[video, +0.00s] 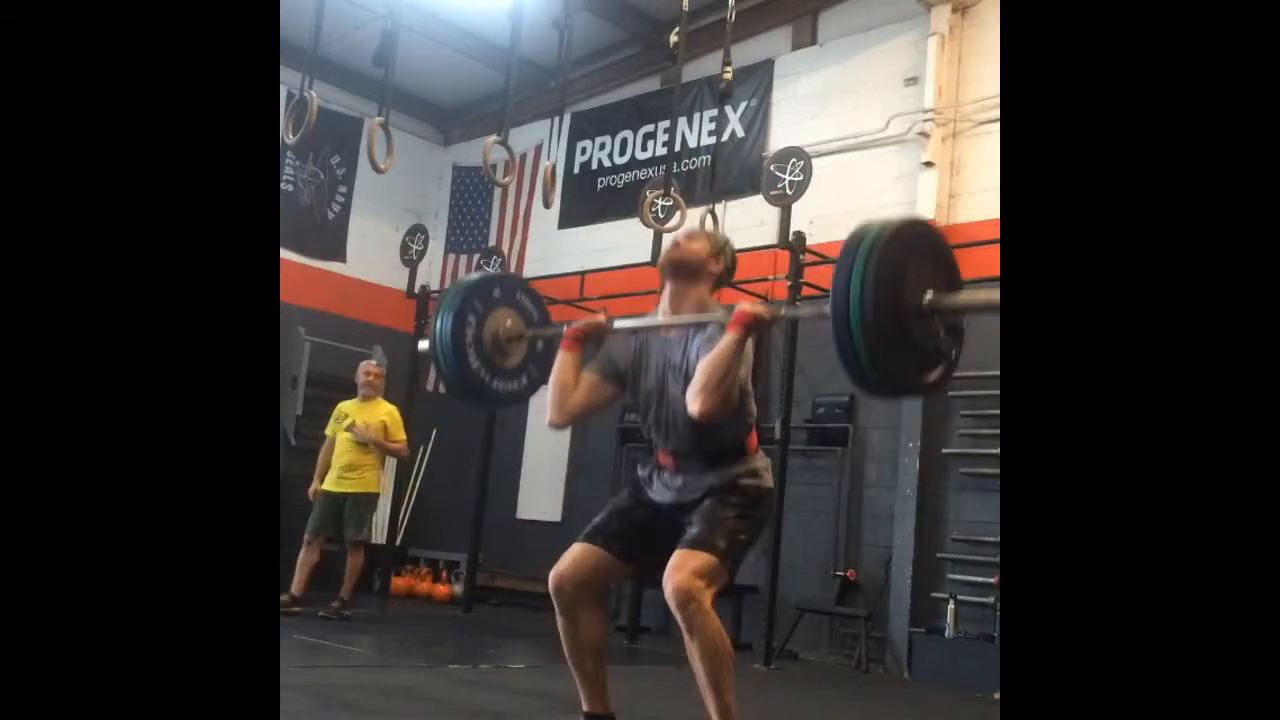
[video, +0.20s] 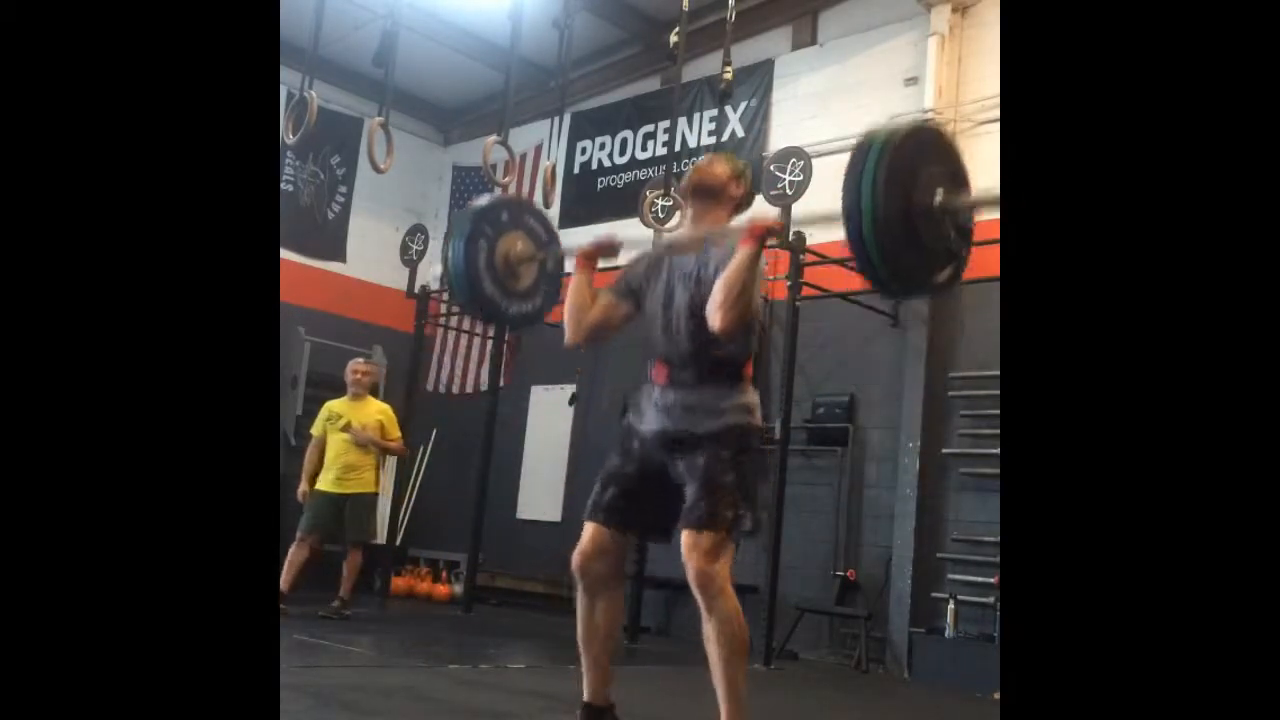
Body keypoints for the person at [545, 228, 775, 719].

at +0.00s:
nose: (678, 236)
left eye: (697, 235)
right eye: (677, 233)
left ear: (718, 266)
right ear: (662, 262)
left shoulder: (725, 330)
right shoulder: (634, 337)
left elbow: (703, 403)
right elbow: (561, 410)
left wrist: (738, 331)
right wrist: (573, 342)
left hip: (732, 484)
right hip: (661, 482)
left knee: (684, 587)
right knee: (570, 581)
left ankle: (724, 715)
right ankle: (596, 711)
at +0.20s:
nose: (700, 166)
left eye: (717, 164)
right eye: (697, 163)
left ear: (738, 193)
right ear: (682, 191)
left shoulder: (740, 250)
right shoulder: (655, 259)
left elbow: (721, 318)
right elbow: (578, 330)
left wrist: (752, 239)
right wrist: (584, 266)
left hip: (721, 430)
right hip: (652, 427)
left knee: (705, 568)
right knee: (592, 560)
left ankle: (731, 714)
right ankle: (596, 706)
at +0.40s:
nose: (722, 162)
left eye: (737, 160)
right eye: (720, 158)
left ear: (760, 182)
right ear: (708, 178)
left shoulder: (752, 239)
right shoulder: (662, 240)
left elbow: (765, 209)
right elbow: (577, 233)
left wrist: (779, 140)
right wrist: (601, 169)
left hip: (698, 402)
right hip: (632, 400)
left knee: (715, 567)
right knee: (616, 558)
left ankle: (735, 711)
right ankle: (596, 702)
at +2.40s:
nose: (691, 157)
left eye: (705, 150)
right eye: (683, 151)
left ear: (731, 169)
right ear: (674, 169)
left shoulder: (750, 218)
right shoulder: (664, 220)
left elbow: (786, 121)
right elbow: (649, 143)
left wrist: (814, 33)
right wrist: (649, 79)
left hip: (715, 405)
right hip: (650, 404)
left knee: (727, 578)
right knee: (631, 569)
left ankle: (739, 713)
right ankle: (604, 708)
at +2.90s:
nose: (744, 212)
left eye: (755, 200)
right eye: (736, 203)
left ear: (783, 205)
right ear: (727, 211)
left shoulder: (806, 262)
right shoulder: (719, 264)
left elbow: (819, 194)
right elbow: (648, 222)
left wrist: (803, 109)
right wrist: (635, 143)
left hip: (793, 436)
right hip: (731, 433)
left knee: (760, 575)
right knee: (659, 559)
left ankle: (747, 714)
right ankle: (703, 684)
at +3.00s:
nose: (768, 230)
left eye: (779, 217)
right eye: (759, 217)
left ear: (804, 216)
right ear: (750, 220)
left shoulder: (834, 273)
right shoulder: (740, 280)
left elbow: (828, 306)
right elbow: (660, 299)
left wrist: (803, 239)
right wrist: (624, 231)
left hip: (799, 443)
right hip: (738, 439)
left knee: (766, 580)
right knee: (700, 586)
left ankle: (751, 714)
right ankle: (772, 699)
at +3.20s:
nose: (767, 219)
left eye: (779, 207)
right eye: (759, 209)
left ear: (803, 208)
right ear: (750, 214)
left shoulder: (843, 277)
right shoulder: (740, 284)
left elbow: (872, 368)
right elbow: (736, 370)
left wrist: (898, 456)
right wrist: (708, 441)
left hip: (807, 438)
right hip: (743, 437)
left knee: (779, 569)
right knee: (752, 584)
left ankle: (763, 713)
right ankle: (792, 708)